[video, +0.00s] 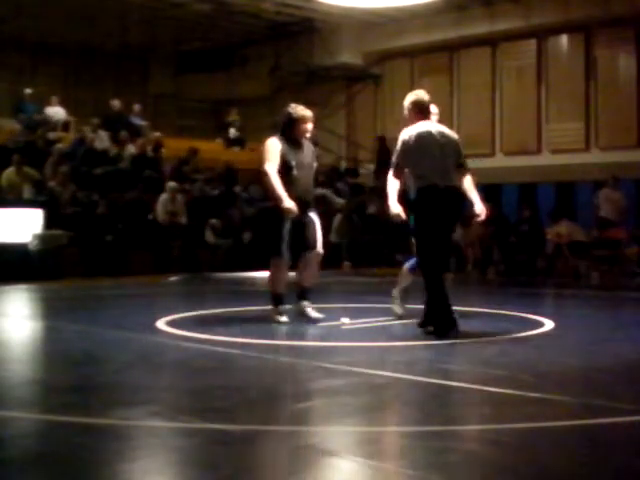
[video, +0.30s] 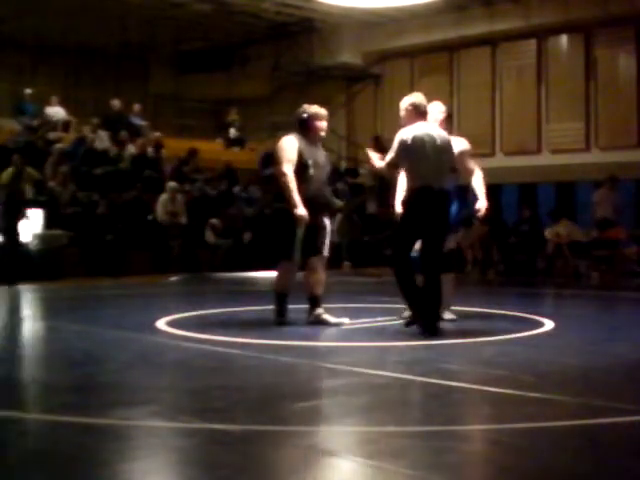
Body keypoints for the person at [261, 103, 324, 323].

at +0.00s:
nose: (309, 128)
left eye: (310, 124)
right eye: (305, 124)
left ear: (310, 126)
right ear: (292, 124)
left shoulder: (309, 147)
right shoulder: (275, 144)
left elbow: (308, 175)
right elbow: (270, 170)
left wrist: (310, 198)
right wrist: (284, 199)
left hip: (307, 206)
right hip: (284, 206)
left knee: (314, 251)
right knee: (281, 257)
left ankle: (303, 300)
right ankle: (278, 305)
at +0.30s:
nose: (325, 126)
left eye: (325, 121)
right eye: (321, 121)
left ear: (322, 124)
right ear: (307, 122)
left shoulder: (320, 150)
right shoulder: (290, 142)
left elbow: (320, 184)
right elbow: (286, 172)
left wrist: (331, 204)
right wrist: (298, 205)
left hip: (319, 210)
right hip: (295, 210)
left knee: (317, 260)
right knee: (289, 262)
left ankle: (316, 308)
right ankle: (281, 311)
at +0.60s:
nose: (334, 121)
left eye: (335, 116)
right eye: (330, 116)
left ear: (330, 120)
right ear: (317, 118)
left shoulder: (328, 146)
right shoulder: (302, 139)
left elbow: (334, 181)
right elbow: (296, 168)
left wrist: (343, 207)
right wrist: (309, 202)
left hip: (327, 208)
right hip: (310, 207)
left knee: (322, 257)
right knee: (311, 254)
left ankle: (316, 308)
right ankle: (294, 307)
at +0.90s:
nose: (338, 122)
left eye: (337, 117)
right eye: (335, 117)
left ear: (317, 119)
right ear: (323, 118)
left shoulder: (310, 141)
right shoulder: (317, 141)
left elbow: (310, 176)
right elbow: (319, 170)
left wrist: (326, 201)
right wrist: (330, 204)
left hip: (308, 207)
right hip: (314, 208)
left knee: (313, 262)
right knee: (313, 262)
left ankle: (313, 310)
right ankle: (311, 312)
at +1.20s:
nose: (341, 124)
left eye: (341, 119)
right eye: (339, 119)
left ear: (314, 117)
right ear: (330, 119)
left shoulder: (298, 143)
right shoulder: (323, 141)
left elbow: (295, 180)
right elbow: (331, 175)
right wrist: (342, 207)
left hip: (298, 207)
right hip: (317, 209)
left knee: (305, 260)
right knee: (310, 261)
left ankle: (292, 306)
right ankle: (301, 315)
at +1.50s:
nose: (347, 128)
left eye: (348, 123)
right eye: (346, 123)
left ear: (327, 118)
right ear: (335, 121)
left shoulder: (319, 141)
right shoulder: (318, 143)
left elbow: (319, 184)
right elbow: (316, 185)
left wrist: (334, 209)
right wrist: (323, 215)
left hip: (311, 209)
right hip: (311, 210)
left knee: (312, 261)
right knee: (314, 262)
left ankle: (297, 306)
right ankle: (303, 313)